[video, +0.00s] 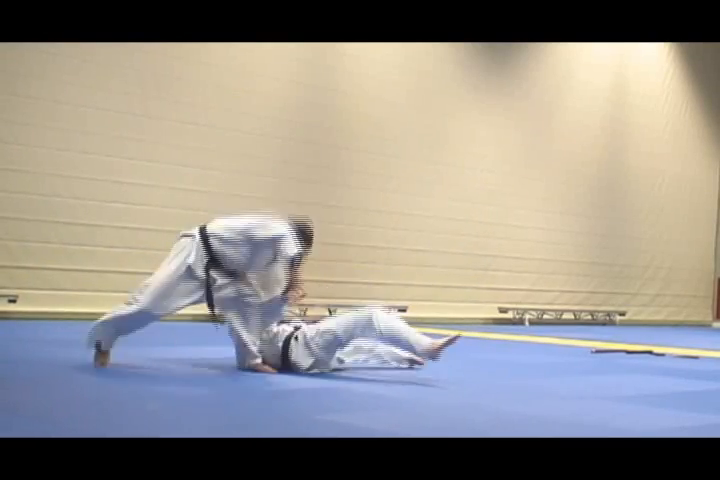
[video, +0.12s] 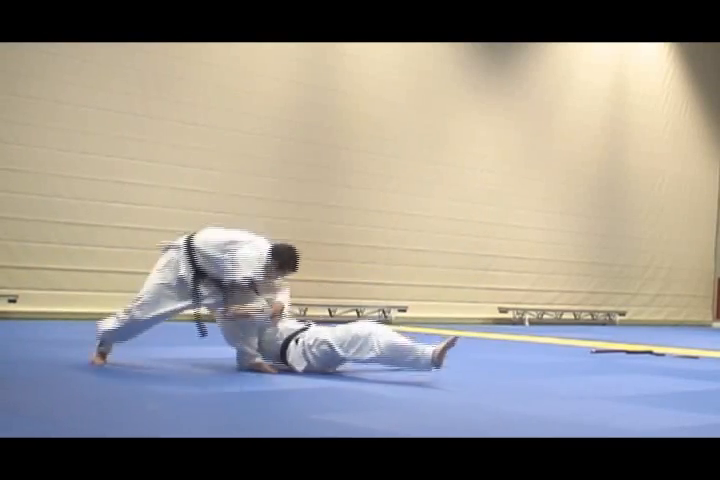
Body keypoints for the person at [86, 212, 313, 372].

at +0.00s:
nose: (296, 255)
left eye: (299, 253)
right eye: (299, 251)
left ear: (296, 238)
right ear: (299, 238)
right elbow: (291, 257)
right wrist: (293, 287)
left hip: (221, 273)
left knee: (248, 303)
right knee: (149, 307)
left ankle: (250, 359)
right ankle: (104, 338)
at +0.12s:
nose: (282, 276)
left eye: (286, 273)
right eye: (282, 272)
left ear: (281, 262)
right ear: (275, 263)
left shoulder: (271, 261)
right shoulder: (248, 264)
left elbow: (279, 290)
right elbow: (235, 305)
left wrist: (280, 304)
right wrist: (266, 309)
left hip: (214, 281)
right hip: (183, 264)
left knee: (246, 308)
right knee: (146, 311)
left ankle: (249, 358)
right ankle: (106, 337)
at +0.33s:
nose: (224, 240)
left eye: (228, 236)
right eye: (220, 235)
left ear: (231, 232)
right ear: (209, 229)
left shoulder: (229, 244)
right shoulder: (178, 235)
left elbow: (227, 281)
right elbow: (159, 271)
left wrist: (201, 308)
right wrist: (170, 303)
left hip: (207, 280)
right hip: (169, 274)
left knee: (237, 308)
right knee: (129, 311)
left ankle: (255, 360)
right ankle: (113, 354)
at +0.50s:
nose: (193, 204)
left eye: (194, 199)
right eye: (188, 201)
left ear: (197, 196)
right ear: (173, 201)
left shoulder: (208, 216)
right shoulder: (153, 213)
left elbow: (211, 256)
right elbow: (137, 243)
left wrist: (179, 271)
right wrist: (155, 274)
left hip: (203, 268)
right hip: (162, 269)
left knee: (231, 300)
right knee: (130, 301)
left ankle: (257, 357)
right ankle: (109, 354)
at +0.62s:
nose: (205, 193)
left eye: (207, 188)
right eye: (199, 189)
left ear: (210, 186)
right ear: (184, 188)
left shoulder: (219, 207)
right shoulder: (163, 201)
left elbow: (229, 245)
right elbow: (137, 233)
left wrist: (193, 261)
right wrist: (156, 261)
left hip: (205, 263)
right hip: (168, 260)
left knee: (229, 304)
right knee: (135, 298)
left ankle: (258, 357)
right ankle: (109, 352)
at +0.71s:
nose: (223, 195)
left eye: (226, 189)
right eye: (217, 189)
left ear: (231, 186)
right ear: (205, 185)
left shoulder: (237, 208)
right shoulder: (182, 198)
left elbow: (242, 245)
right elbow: (150, 231)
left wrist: (210, 263)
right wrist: (180, 257)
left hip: (220, 261)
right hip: (177, 257)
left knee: (246, 303)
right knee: (142, 298)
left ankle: (265, 357)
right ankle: (109, 350)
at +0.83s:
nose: (252, 203)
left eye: (258, 198)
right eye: (249, 197)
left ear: (265, 196)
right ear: (239, 189)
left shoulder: (263, 216)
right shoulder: (212, 203)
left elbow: (264, 255)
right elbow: (188, 238)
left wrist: (237, 270)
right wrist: (207, 266)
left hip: (235, 265)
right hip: (194, 258)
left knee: (256, 305)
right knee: (160, 306)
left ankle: (259, 359)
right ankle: (120, 352)